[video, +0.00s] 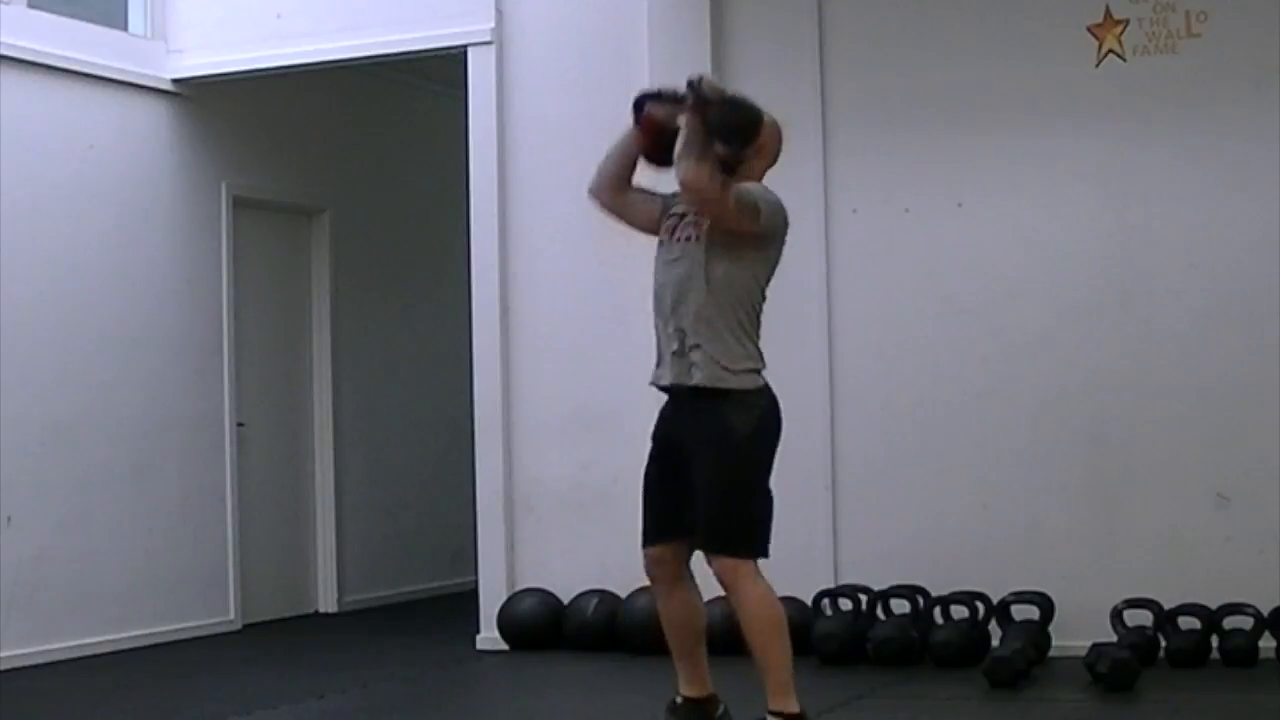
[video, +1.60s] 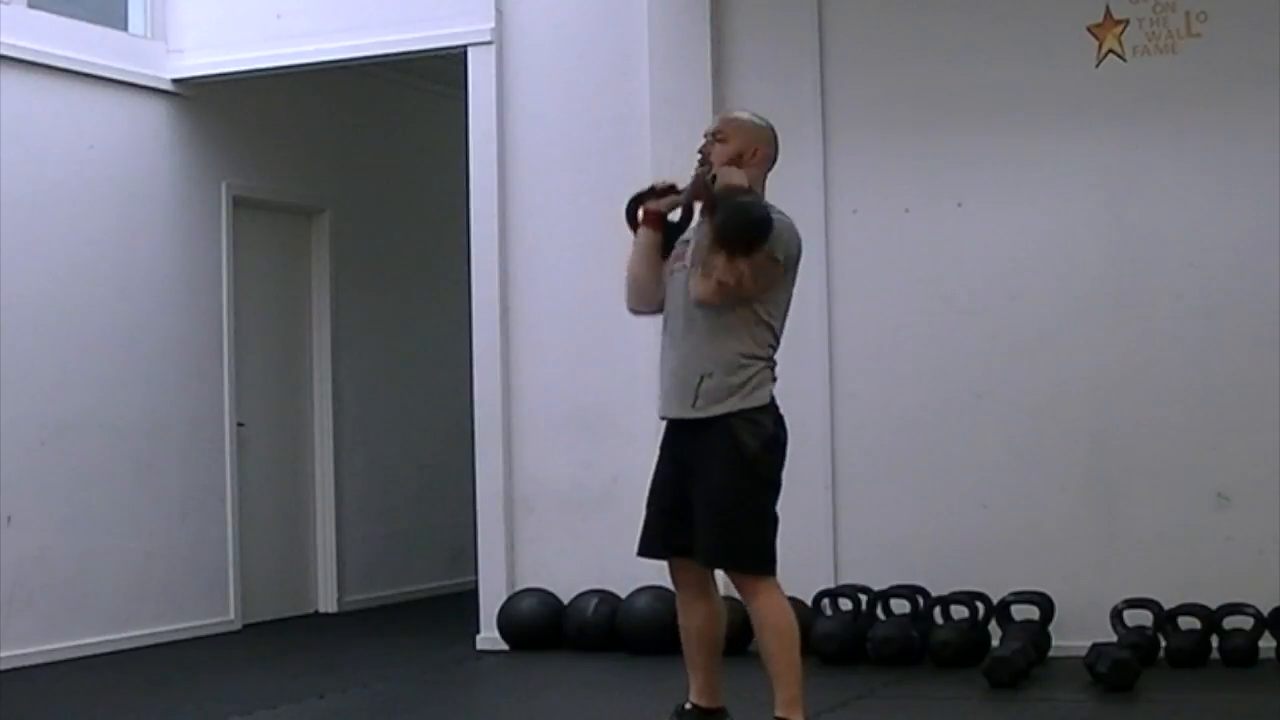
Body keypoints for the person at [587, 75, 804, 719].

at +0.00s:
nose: (681, 155)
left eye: (690, 144)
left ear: (720, 150)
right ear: (737, 148)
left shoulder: (765, 212)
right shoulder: (678, 213)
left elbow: (698, 192)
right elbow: (610, 190)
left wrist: (692, 125)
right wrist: (640, 131)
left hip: (739, 410)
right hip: (682, 409)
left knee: (732, 561)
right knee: (664, 560)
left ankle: (785, 709)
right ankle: (695, 699)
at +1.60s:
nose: (703, 150)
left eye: (718, 141)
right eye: (705, 140)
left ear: (755, 160)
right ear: (708, 159)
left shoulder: (773, 229)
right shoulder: (695, 233)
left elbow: (710, 288)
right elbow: (641, 298)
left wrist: (718, 198)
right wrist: (650, 226)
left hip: (743, 425)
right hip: (686, 425)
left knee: (751, 573)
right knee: (686, 569)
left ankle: (791, 712)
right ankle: (704, 705)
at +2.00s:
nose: (710, 149)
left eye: (724, 138)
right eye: (712, 139)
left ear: (762, 152)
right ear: (747, 154)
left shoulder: (787, 224)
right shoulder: (710, 238)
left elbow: (778, 310)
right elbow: (673, 324)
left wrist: (690, 291)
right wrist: (618, 297)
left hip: (774, 421)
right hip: (719, 423)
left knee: (768, 568)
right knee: (698, 560)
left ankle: (792, 712)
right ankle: (704, 704)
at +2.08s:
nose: (709, 153)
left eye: (724, 143)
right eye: (711, 143)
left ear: (763, 157)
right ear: (741, 159)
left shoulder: (786, 230)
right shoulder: (707, 244)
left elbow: (776, 323)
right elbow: (678, 327)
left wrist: (687, 335)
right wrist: (613, 336)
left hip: (787, 426)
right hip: (730, 431)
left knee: (769, 568)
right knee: (694, 563)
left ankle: (791, 712)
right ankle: (704, 704)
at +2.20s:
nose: (695, 172)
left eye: (708, 163)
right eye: (698, 163)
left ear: (747, 179)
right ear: (732, 181)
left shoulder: (777, 259)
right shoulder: (703, 271)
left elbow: (747, 363)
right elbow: (668, 357)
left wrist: (681, 433)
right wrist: (612, 420)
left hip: (802, 442)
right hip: (741, 445)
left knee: (768, 570)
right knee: (682, 559)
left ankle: (792, 712)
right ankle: (702, 704)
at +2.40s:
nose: (621, 221)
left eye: (635, 210)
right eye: (624, 210)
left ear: (677, 222)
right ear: (657, 226)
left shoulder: (721, 304)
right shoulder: (649, 318)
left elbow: (727, 424)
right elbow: (666, 418)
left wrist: (727, 519)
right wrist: (681, 511)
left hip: (794, 453)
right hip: (734, 461)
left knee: (762, 574)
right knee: (658, 555)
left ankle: (791, 712)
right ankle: (699, 702)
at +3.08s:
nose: (710, 169)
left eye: (722, 158)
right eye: (711, 159)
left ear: (761, 167)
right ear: (746, 171)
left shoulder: (789, 245)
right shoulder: (718, 253)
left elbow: (765, 350)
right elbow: (700, 341)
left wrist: (695, 408)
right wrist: (662, 401)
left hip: (785, 435)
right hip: (730, 437)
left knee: (755, 569)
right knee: (687, 562)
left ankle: (791, 712)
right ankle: (703, 705)